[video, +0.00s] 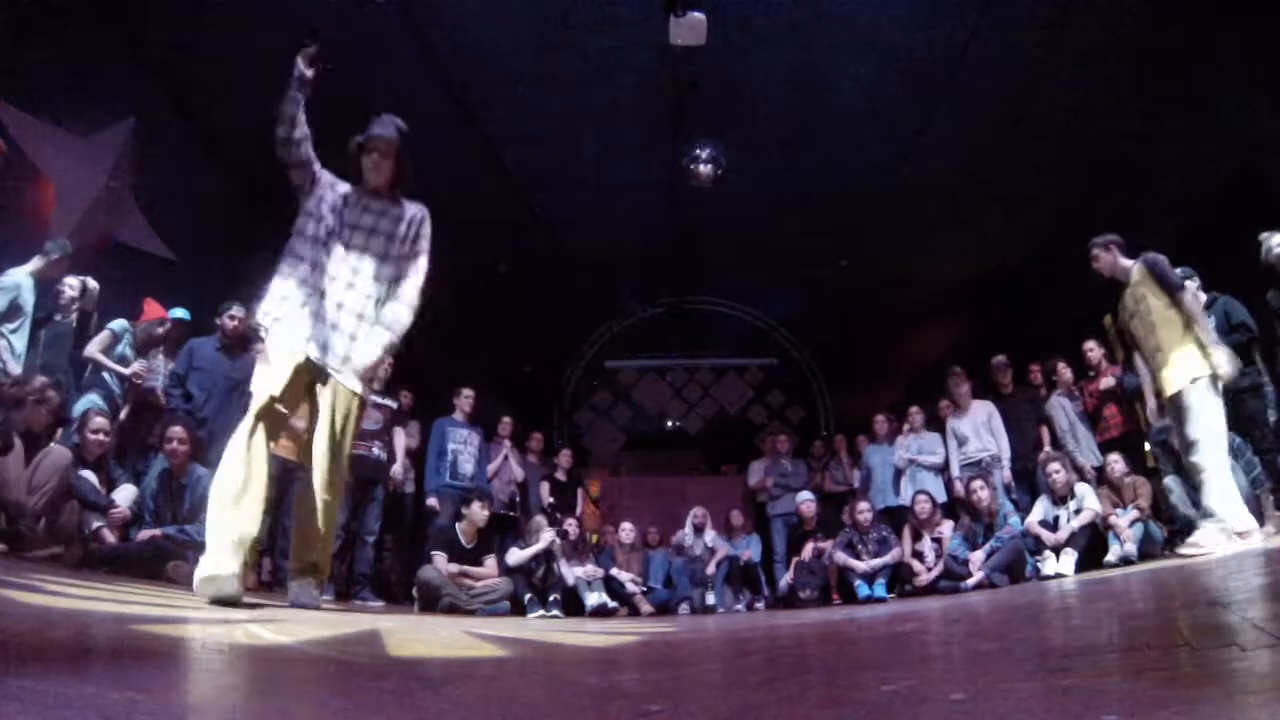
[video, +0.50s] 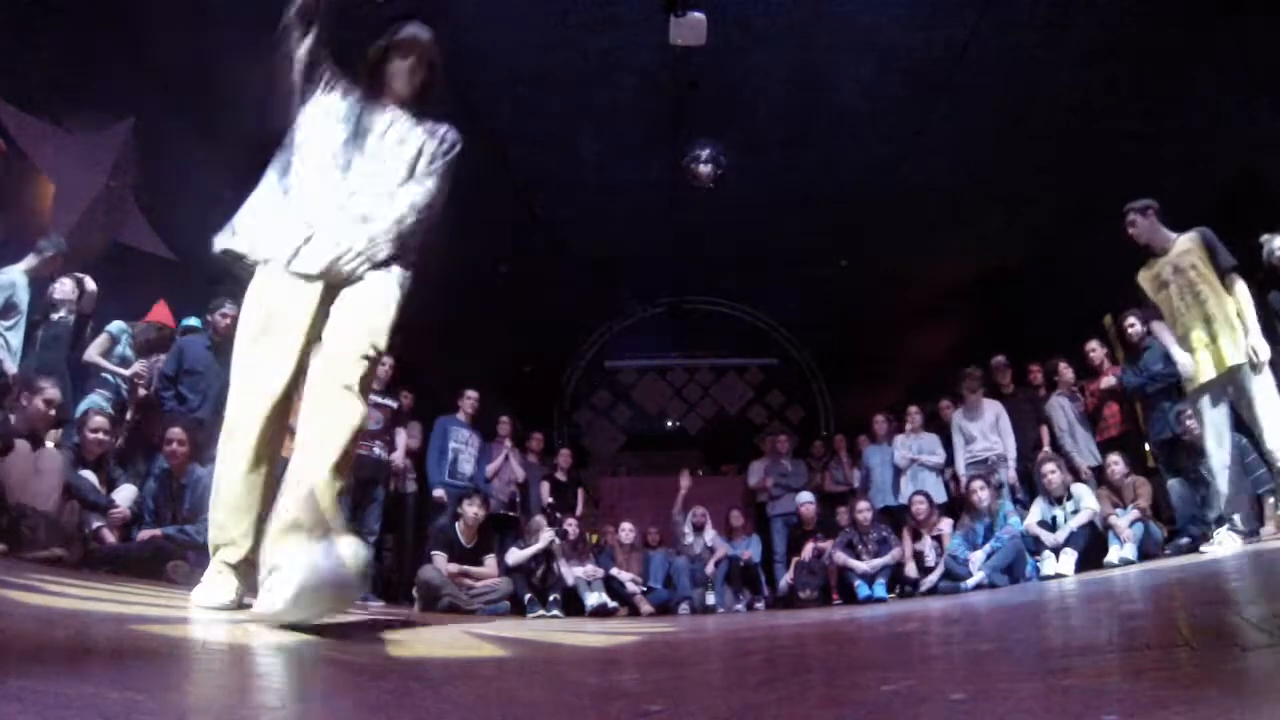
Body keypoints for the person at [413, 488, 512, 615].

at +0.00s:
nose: (487, 513)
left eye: (488, 509)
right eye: (481, 508)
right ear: (464, 509)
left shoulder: (484, 536)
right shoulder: (444, 532)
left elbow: (493, 572)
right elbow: (442, 570)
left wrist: (461, 569)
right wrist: (474, 584)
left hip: (477, 592)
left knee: (507, 584)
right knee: (426, 573)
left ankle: (457, 604)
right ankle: (477, 608)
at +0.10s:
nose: (484, 513)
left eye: (486, 508)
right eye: (478, 507)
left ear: (488, 511)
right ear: (463, 509)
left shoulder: (484, 536)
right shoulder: (444, 531)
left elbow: (493, 572)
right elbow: (442, 570)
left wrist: (461, 569)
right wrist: (474, 584)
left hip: (477, 591)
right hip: (446, 590)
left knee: (507, 584)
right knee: (426, 573)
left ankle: (457, 603)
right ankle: (478, 608)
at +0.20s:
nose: (480, 512)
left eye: (484, 508)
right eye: (473, 506)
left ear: (487, 513)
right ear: (461, 509)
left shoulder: (484, 536)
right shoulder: (444, 530)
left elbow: (493, 572)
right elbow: (441, 570)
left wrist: (462, 569)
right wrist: (474, 584)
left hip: (477, 591)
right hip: (447, 589)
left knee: (507, 584)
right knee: (427, 573)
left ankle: (457, 603)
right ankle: (478, 608)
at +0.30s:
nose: (476, 511)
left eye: (481, 508)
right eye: (471, 505)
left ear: (486, 513)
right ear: (461, 509)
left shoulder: (484, 536)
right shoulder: (444, 531)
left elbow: (493, 572)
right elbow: (441, 570)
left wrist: (461, 569)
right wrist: (474, 584)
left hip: (477, 591)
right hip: (447, 589)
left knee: (507, 584)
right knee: (427, 573)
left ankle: (456, 604)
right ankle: (478, 608)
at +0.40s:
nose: (475, 511)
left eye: (480, 507)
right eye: (470, 505)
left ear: (485, 513)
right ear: (460, 509)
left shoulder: (484, 536)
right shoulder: (443, 531)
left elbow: (493, 572)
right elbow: (442, 570)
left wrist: (461, 569)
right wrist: (474, 584)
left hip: (476, 591)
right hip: (446, 589)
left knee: (507, 584)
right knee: (427, 573)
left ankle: (456, 603)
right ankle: (478, 608)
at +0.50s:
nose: (475, 511)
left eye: (480, 507)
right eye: (470, 505)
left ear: (485, 514)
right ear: (460, 509)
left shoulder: (484, 536)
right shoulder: (443, 530)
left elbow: (493, 572)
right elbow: (442, 570)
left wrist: (461, 569)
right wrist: (475, 584)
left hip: (476, 591)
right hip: (446, 589)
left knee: (507, 584)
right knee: (427, 573)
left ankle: (455, 604)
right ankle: (477, 608)